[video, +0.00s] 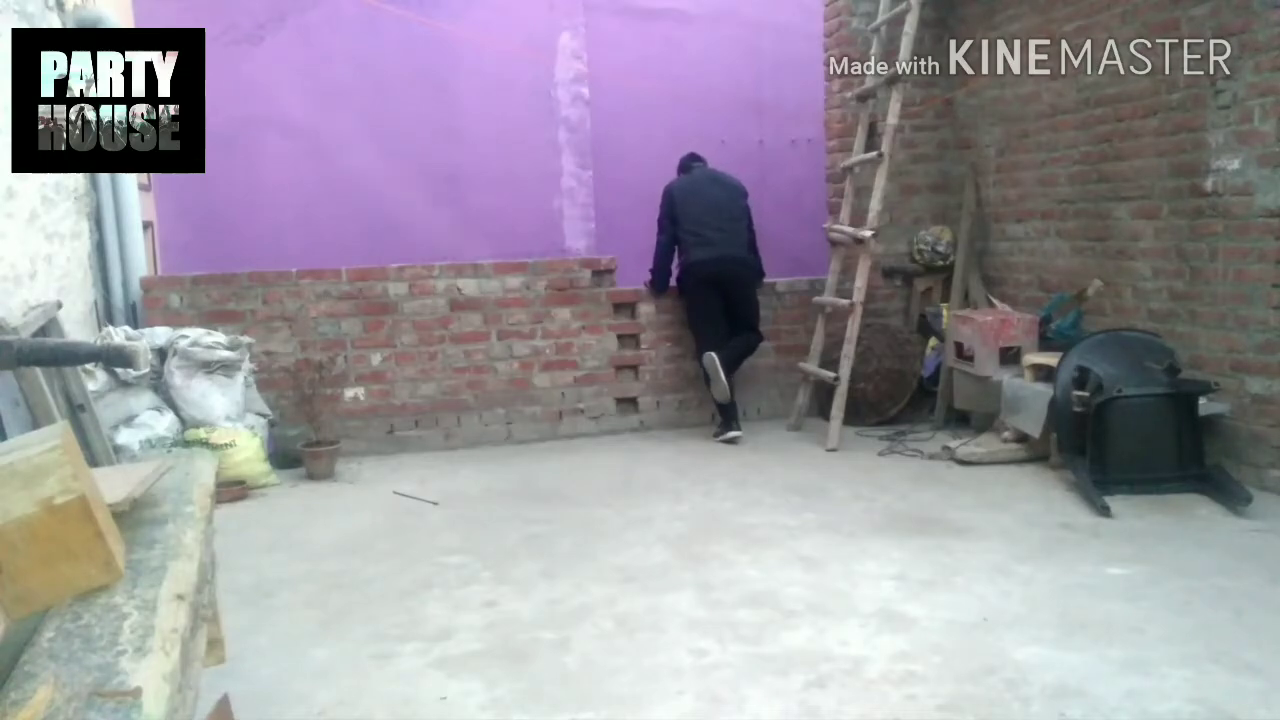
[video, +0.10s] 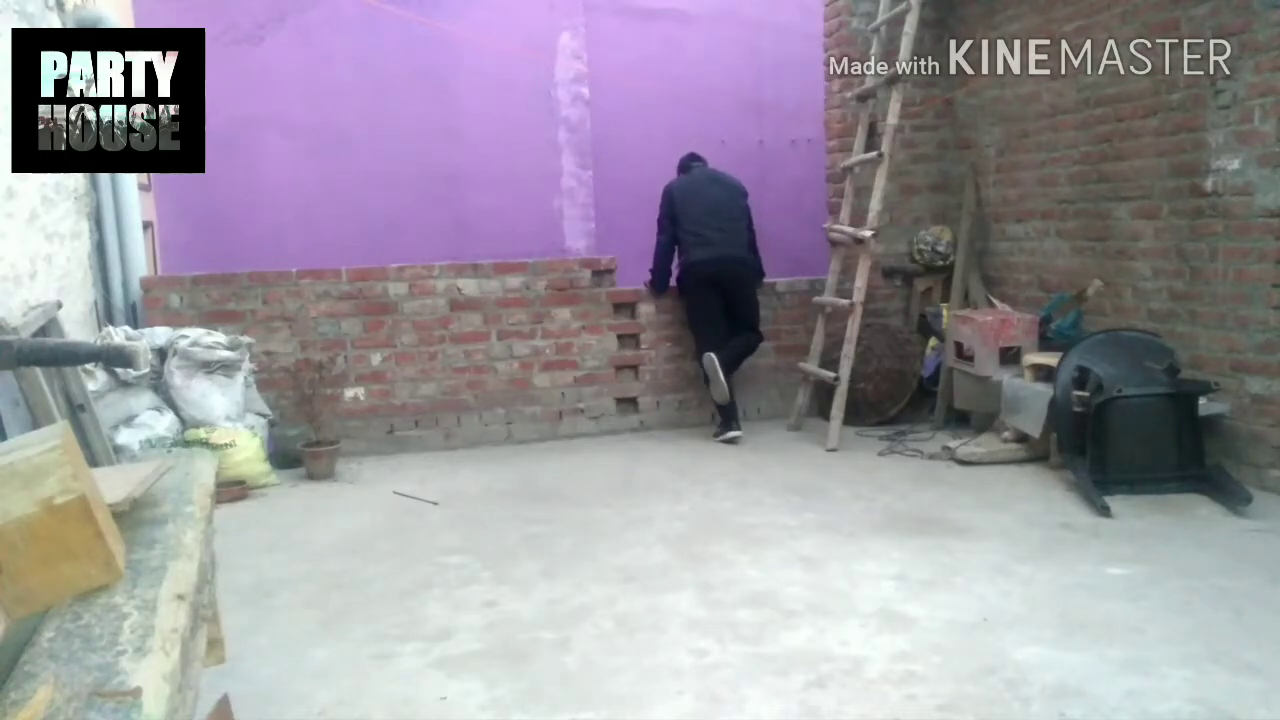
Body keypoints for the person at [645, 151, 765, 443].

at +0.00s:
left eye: (680, 175)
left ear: (681, 172)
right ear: (706, 166)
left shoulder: (674, 189)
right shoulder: (734, 184)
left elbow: (666, 239)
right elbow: (748, 231)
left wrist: (659, 282)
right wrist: (756, 269)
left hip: (697, 273)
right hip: (739, 269)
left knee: (710, 343)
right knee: (749, 332)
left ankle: (729, 422)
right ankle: (723, 362)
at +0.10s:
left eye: (679, 175)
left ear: (681, 172)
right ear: (706, 166)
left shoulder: (674, 189)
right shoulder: (734, 184)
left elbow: (666, 239)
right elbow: (748, 231)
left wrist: (659, 282)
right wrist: (756, 269)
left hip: (697, 273)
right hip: (739, 269)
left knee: (710, 343)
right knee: (749, 332)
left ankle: (729, 422)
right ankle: (722, 362)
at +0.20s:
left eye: (679, 175)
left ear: (681, 172)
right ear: (706, 166)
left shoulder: (674, 189)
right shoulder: (734, 184)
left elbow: (666, 239)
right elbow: (748, 232)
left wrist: (659, 282)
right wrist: (757, 270)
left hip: (697, 271)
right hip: (739, 268)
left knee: (710, 341)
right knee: (749, 331)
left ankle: (729, 422)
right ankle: (722, 362)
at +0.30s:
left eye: (679, 174)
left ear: (681, 172)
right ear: (706, 166)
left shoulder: (674, 189)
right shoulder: (734, 185)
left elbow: (666, 239)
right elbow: (748, 232)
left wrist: (659, 282)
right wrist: (757, 270)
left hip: (697, 272)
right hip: (739, 268)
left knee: (711, 342)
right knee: (750, 332)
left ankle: (729, 422)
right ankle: (722, 362)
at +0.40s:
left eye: (679, 175)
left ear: (681, 172)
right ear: (706, 166)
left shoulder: (674, 189)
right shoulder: (734, 185)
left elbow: (666, 239)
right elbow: (748, 232)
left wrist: (659, 282)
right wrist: (757, 270)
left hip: (697, 272)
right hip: (739, 268)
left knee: (711, 342)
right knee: (750, 332)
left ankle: (729, 422)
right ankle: (722, 362)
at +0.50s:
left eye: (679, 174)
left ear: (681, 171)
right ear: (706, 166)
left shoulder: (674, 189)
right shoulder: (734, 185)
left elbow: (666, 239)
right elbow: (748, 232)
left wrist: (659, 282)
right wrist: (757, 269)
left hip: (698, 271)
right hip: (739, 268)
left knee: (711, 342)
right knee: (750, 332)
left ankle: (729, 422)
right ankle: (723, 362)